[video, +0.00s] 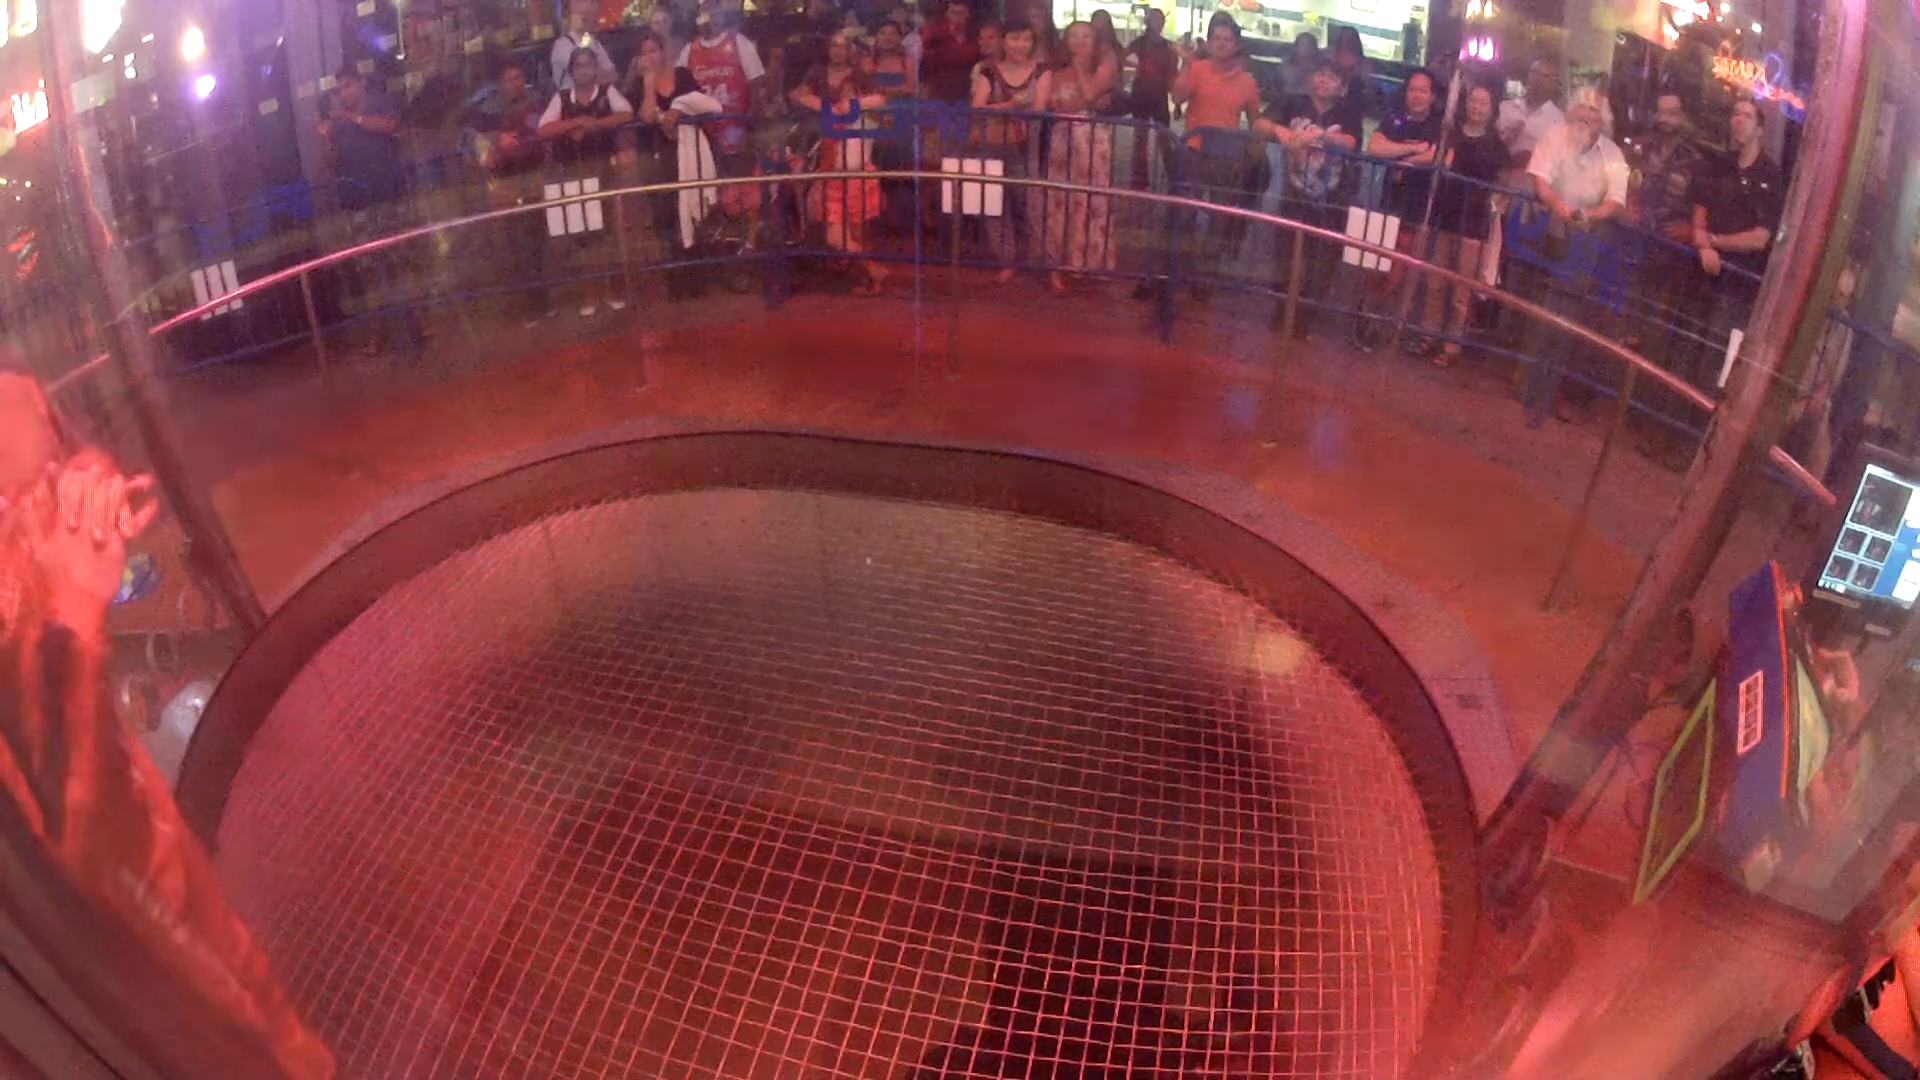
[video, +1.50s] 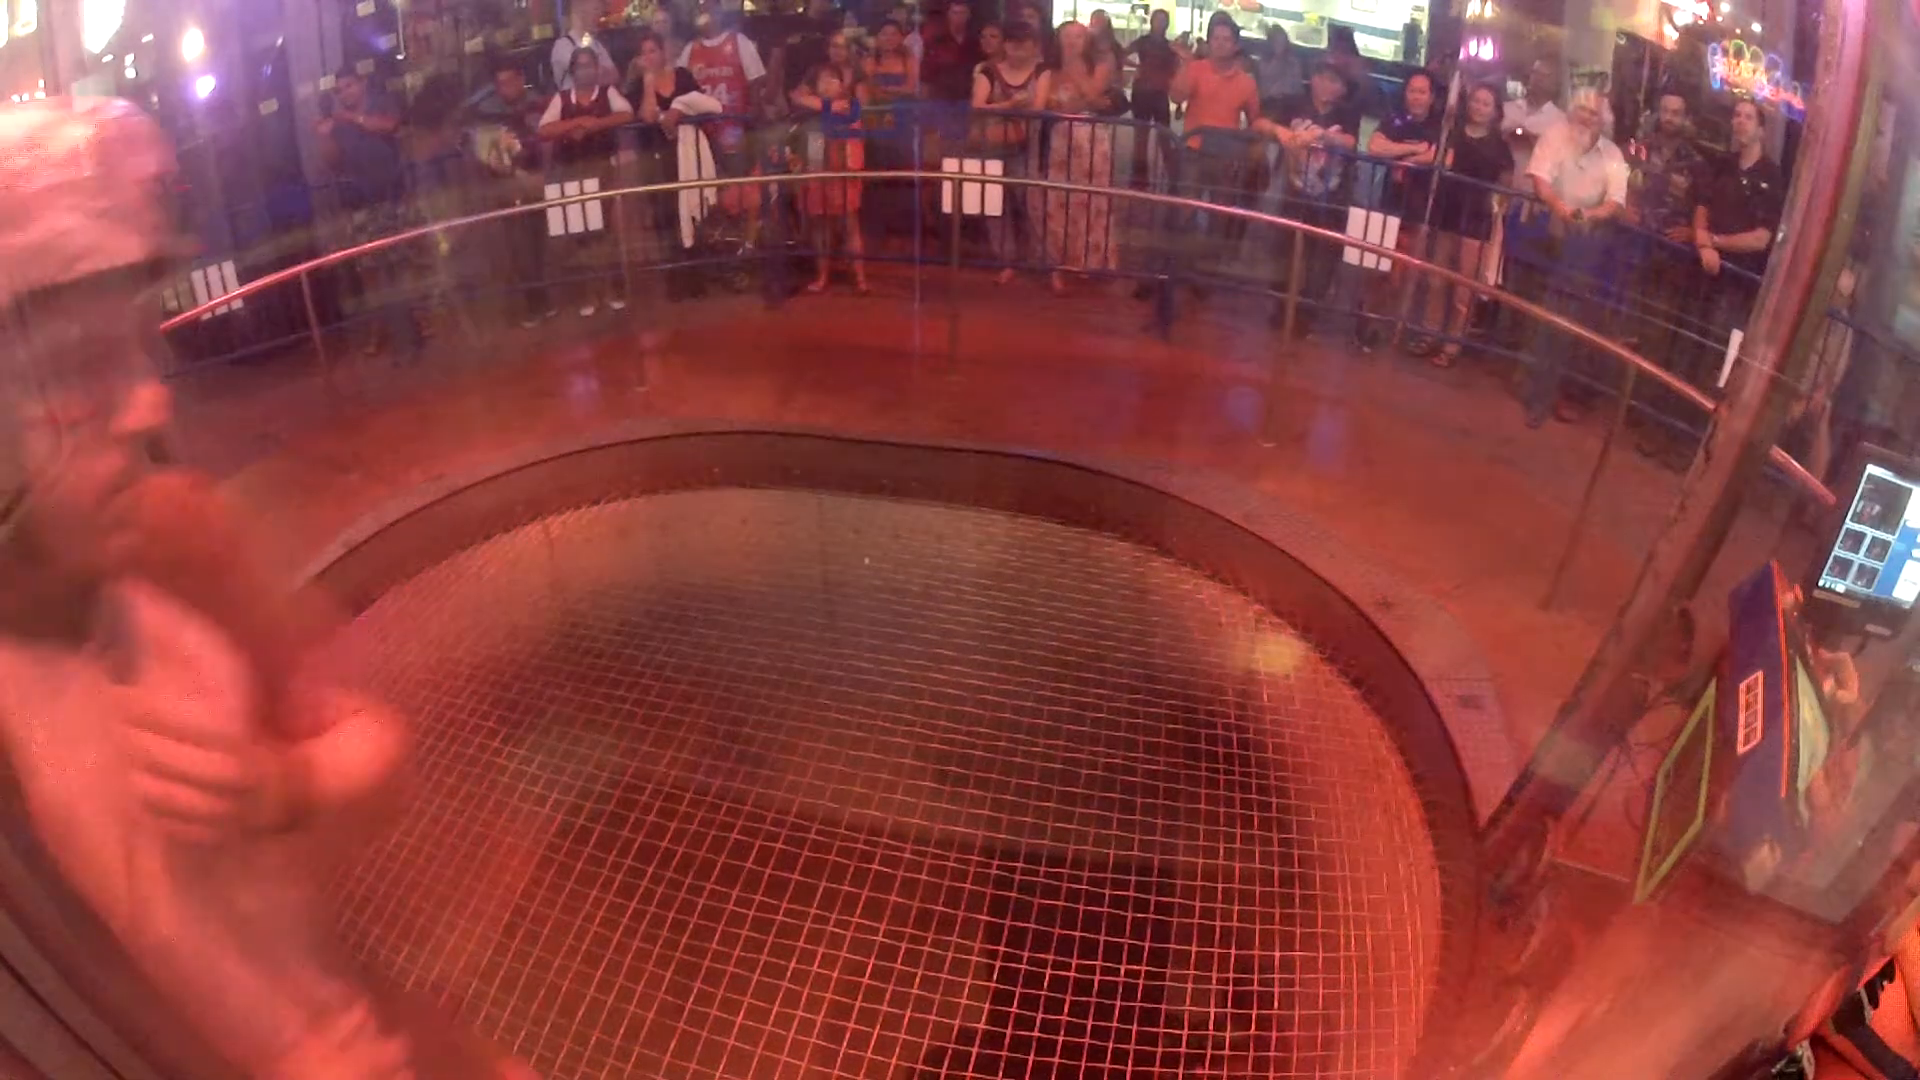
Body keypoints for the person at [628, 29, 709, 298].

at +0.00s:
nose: (650, 57)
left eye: (653, 51)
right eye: (645, 53)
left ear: (664, 51)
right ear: (640, 57)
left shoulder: (682, 74)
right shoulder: (641, 83)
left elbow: (700, 104)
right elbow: (646, 117)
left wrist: (677, 113)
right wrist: (648, 80)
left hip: (686, 146)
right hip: (658, 148)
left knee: (689, 202)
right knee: (665, 207)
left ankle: (696, 271)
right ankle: (673, 274)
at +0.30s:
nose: (649, 57)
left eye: (653, 51)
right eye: (645, 53)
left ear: (664, 51)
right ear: (640, 58)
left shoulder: (682, 75)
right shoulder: (639, 84)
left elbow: (701, 104)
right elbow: (646, 117)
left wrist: (677, 113)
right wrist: (647, 78)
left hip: (686, 148)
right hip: (656, 152)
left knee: (689, 205)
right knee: (665, 210)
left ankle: (696, 273)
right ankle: (673, 277)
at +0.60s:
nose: (649, 56)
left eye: (653, 51)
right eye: (645, 52)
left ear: (663, 52)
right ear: (640, 58)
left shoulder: (682, 75)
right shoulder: (636, 86)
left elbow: (701, 105)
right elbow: (646, 117)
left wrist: (675, 114)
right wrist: (647, 79)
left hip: (687, 151)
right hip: (656, 155)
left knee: (691, 206)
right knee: (665, 211)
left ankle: (697, 271)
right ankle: (674, 276)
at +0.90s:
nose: (650, 57)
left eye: (654, 51)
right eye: (645, 53)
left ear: (664, 52)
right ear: (641, 58)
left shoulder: (682, 75)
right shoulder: (638, 86)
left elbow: (701, 104)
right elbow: (648, 116)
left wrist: (678, 111)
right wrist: (647, 78)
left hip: (688, 148)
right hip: (658, 151)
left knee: (691, 204)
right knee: (666, 209)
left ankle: (698, 273)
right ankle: (674, 277)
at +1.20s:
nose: (649, 57)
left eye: (653, 51)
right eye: (645, 53)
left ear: (664, 52)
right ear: (641, 58)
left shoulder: (682, 74)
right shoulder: (640, 84)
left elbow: (701, 104)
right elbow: (648, 116)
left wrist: (677, 112)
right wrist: (647, 80)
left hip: (688, 147)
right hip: (660, 150)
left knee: (692, 203)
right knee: (666, 208)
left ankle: (698, 272)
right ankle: (674, 276)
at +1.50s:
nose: (649, 57)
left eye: (653, 51)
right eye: (644, 53)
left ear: (664, 53)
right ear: (640, 58)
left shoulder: (681, 74)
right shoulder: (639, 85)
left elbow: (701, 104)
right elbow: (648, 117)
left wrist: (677, 113)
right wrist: (648, 80)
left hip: (688, 147)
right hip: (659, 150)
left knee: (692, 202)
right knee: (666, 207)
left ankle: (698, 269)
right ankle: (674, 274)